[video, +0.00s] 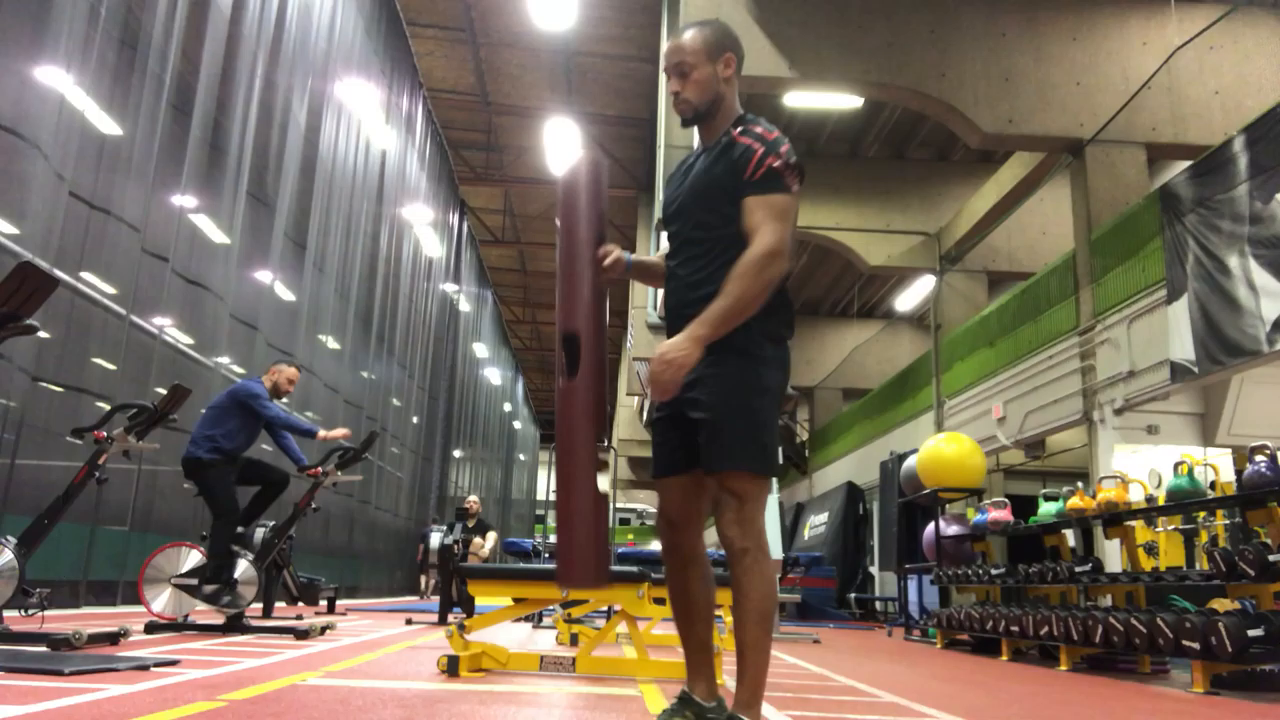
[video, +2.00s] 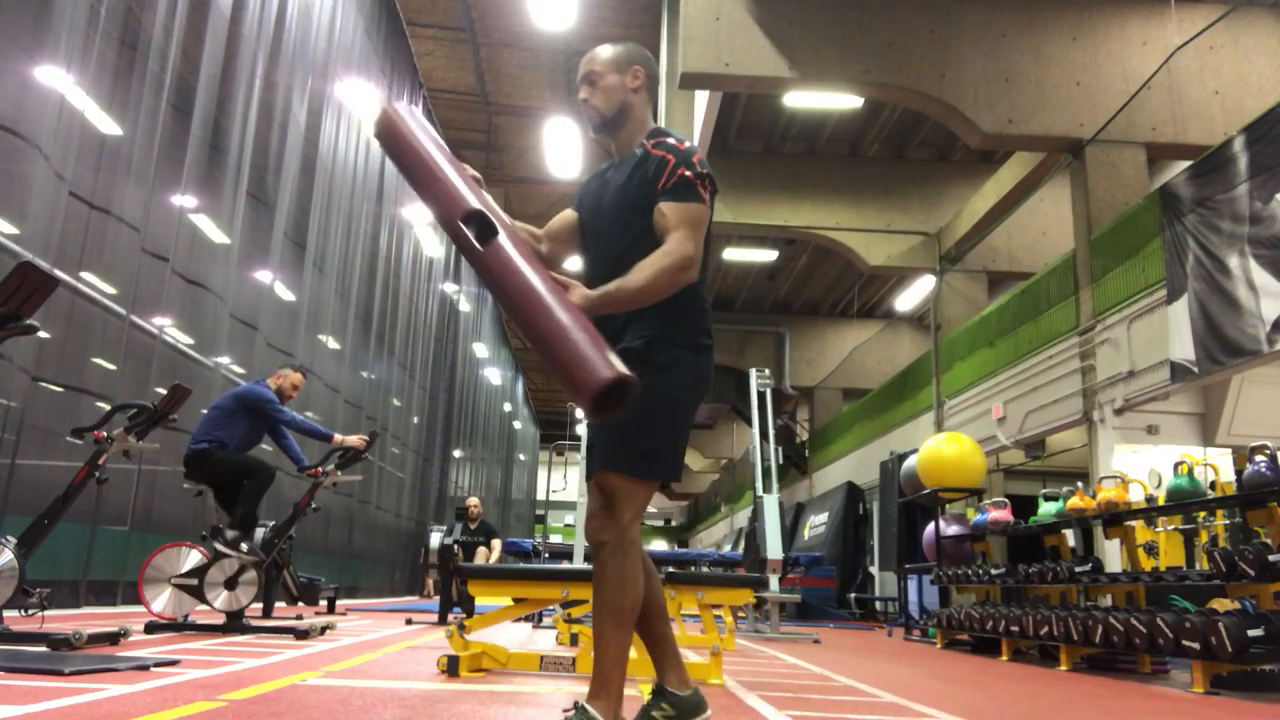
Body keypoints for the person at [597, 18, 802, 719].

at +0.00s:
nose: (671, 85)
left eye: (683, 70)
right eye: (667, 74)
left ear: (727, 68)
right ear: (673, 79)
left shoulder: (761, 143)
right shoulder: (686, 169)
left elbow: (771, 253)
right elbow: (687, 273)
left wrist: (694, 338)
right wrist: (629, 266)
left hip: (743, 359)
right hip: (684, 359)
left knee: (740, 525)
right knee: (677, 523)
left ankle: (748, 708)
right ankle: (701, 694)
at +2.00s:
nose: (581, 94)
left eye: (593, 79)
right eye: (579, 85)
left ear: (638, 82)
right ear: (592, 97)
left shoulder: (674, 157)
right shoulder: (598, 186)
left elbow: (684, 256)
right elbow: (545, 246)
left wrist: (594, 297)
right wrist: (485, 209)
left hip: (663, 359)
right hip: (619, 361)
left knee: (611, 521)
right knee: (611, 529)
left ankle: (602, 707)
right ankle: (679, 690)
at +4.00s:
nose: (583, 261)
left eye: (591, 246)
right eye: (578, 249)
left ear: (631, 236)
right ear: (579, 249)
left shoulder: (700, 303)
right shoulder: (593, 334)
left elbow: (766, 389)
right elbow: (567, 407)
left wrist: (778, 483)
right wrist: (556, 460)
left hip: (722, 470)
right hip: (668, 477)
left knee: (566, 525)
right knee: (700, 679)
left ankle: (609, 707)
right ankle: (837, 670)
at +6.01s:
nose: (595, 96)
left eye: (603, 82)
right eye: (593, 87)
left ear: (644, 70)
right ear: (643, 76)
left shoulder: (656, 129)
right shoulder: (647, 138)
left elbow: (563, 196)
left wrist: (457, 204)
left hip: (650, 345)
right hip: (619, 339)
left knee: (601, 528)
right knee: (491, 397)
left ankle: (614, 707)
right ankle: (573, 529)